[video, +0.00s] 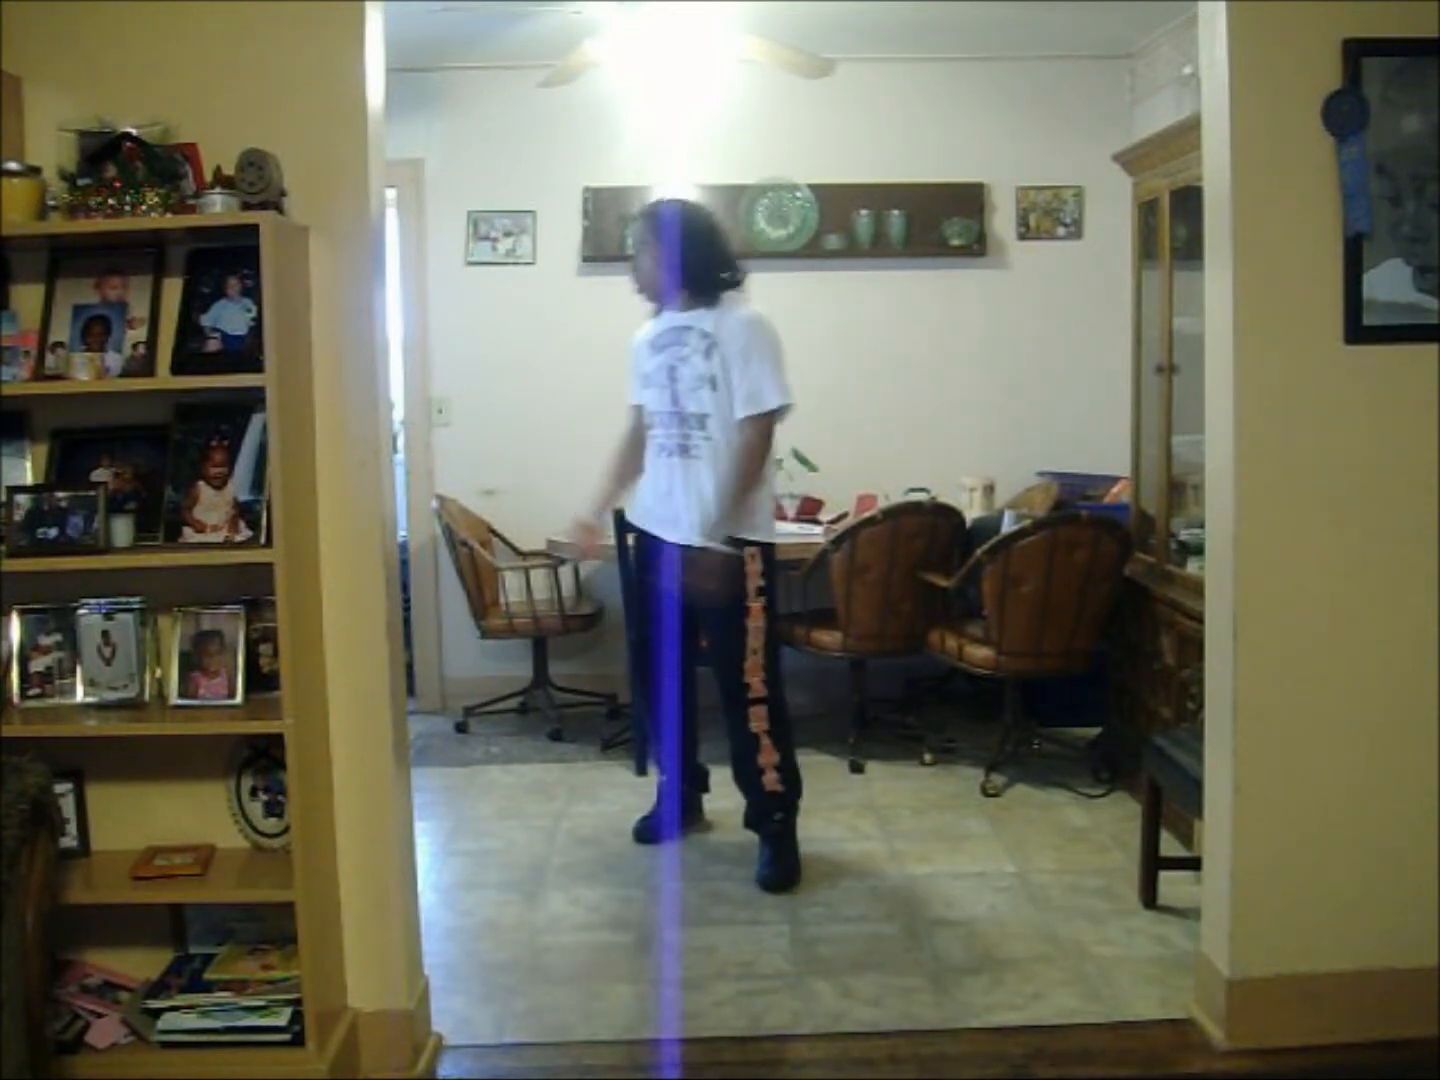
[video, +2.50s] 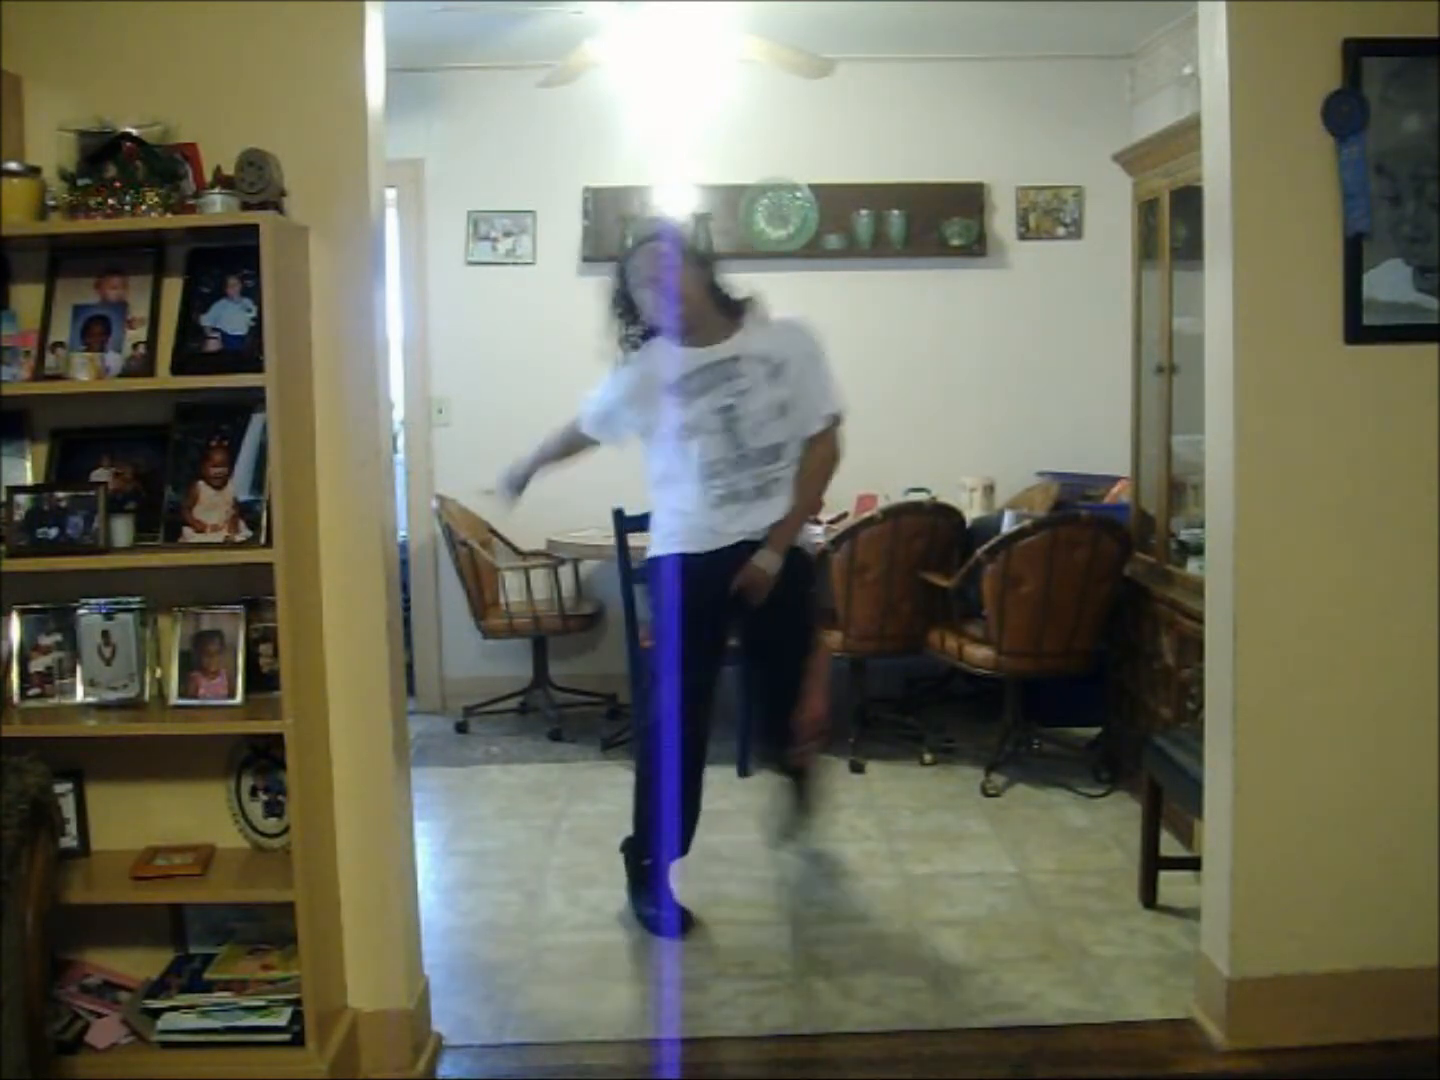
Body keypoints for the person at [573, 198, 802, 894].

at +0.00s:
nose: (634, 264)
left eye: (645, 250)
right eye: (635, 251)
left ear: (681, 254)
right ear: (656, 257)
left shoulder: (744, 330)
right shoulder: (649, 340)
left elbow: (757, 438)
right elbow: (639, 433)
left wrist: (723, 535)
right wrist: (597, 510)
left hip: (733, 537)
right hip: (656, 533)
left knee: (746, 683)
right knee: (661, 674)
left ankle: (775, 822)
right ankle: (679, 792)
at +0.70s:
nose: (668, 256)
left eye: (680, 244)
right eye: (655, 244)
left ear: (700, 254)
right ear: (634, 256)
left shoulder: (739, 327)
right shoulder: (614, 337)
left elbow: (764, 425)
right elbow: (614, 423)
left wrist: (775, 508)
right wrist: (654, 446)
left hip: (733, 512)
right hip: (651, 516)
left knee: (736, 654)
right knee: (659, 656)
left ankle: (749, 789)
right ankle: (678, 790)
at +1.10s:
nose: (702, 268)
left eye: (716, 257)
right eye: (691, 257)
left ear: (739, 267)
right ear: (674, 267)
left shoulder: (775, 347)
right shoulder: (647, 342)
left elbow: (773, 462)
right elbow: (630, 438)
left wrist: (752, 556)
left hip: (756, 513)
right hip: (677, 514)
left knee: (762, 660)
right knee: (661, 651)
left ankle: (753, 788)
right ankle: (652, 772)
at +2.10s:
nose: (606, 290)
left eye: (617, 275)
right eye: (604, 276)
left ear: (662, 273)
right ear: (629, 279)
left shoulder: (754, 347)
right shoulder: (608, 351)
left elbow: (772, 467)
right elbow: (603, 456)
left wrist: (738, 572)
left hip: (734, 545)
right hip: (650, 545)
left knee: (734, 687)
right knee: (661, 705)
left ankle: (738, 783)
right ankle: (651, 866)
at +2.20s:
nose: (607, 289)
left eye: (619, 274)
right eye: (605, 275)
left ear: (663, 272)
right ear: (624, 280)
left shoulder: (753, 348)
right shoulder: (619, 351)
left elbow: (771, 468)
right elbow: (606, 457)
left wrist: (738, 575)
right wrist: (639, 398)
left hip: (736, 545)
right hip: (653, 544)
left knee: (738, 688)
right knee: (662, 706)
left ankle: (738, 782)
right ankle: (650, 865)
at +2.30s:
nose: (626, 289)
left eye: (638, 274)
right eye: (624, 276)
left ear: (677, 274)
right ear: (636, 280)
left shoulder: (769, 352)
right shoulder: (627, 358)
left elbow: (783, 473)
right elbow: (582, 451)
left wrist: (747, 575)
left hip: (746, 551)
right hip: (657, 548)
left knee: (738, 695)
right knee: (660, 707)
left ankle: (738, 785)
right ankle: (651, 868)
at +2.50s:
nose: (661, 288)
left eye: (669, 271)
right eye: (646, 283)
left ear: (704, 270)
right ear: (637, 302)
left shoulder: (784, 343)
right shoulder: (645, 373)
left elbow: (824, 445)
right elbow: (582, 431)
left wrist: (779, 544)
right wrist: (526, 468)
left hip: (777, 549)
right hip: (688, 556)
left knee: (781, 702)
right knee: (673, 719)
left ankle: (794, 764)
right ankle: (651, 872)